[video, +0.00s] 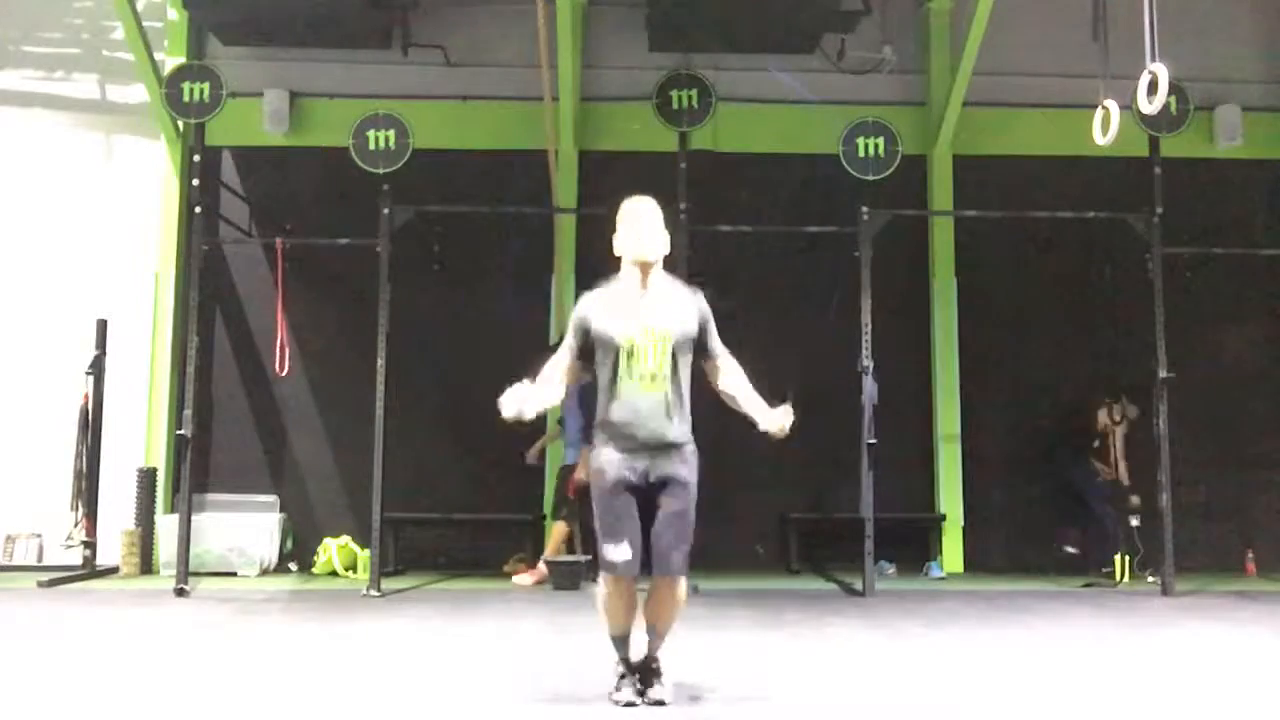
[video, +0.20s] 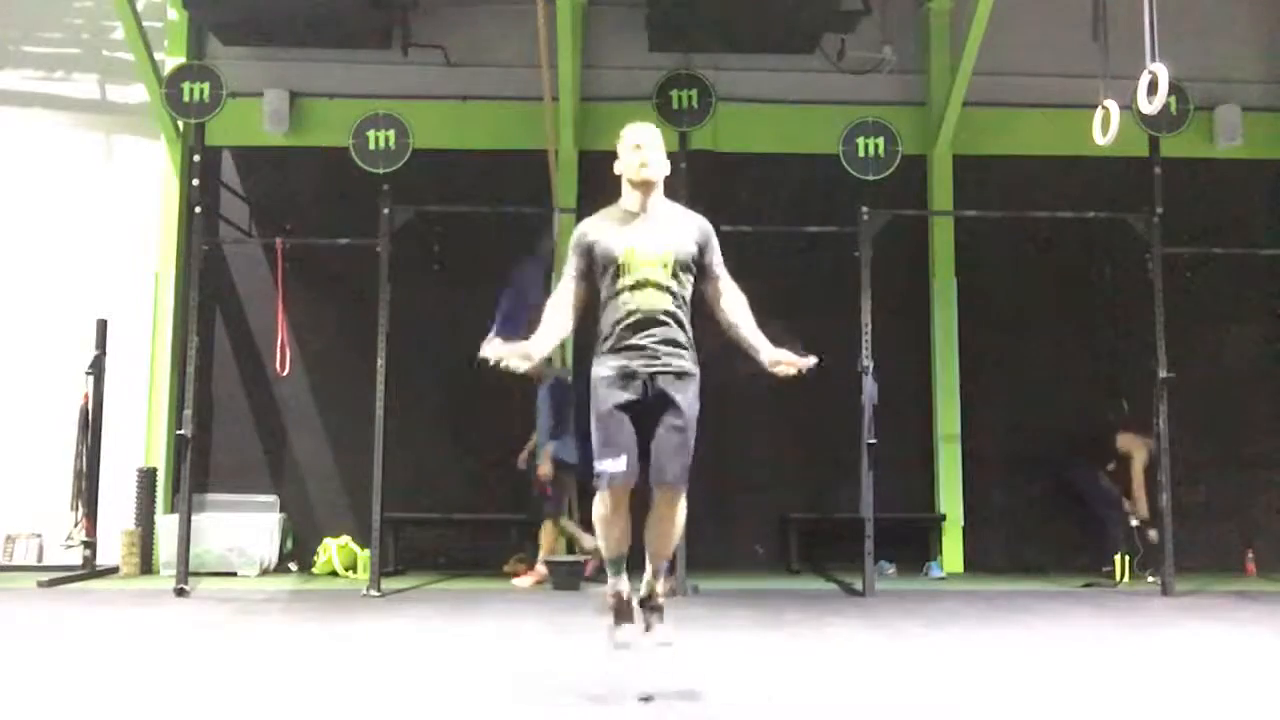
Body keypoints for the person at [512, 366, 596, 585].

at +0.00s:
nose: (565, 370)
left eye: (569, 364)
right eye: (564, 365)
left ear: (580, 364)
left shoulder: (589, 390)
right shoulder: (569, 392)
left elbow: (591, 430)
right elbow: (560, 427)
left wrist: (585, 463)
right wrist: (538, 446)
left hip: (579, 460)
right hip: (568, 458)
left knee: (563, 515)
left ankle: (544, 565)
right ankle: (590, 564)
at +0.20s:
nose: (529, 372)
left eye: (530, 367)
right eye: (527, 368)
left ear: (540, 364)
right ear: (539, 367)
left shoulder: (555, 386)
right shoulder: (545, 388)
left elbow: (555, 427)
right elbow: (544, 426)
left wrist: (547, 457)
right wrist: (528, 449)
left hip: (561, 454)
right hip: (554, 454)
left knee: (552, 514)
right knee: (558, 515)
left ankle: (542, 565)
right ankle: (592, 548)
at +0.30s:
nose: (518, 376)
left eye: (520, 371)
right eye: (518, 372)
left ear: (528, 367)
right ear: (535, 365)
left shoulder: (545, 384)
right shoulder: (537, 384)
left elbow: (542, 423)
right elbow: (540, 424)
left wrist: (528, 453)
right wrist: (528, 452)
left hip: (550, 451)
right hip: (544, 451)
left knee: (542, 512)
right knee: (539, 510)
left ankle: (540, 566)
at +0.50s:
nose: (493, 367)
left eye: (495, 361)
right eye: (491, 361)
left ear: (508, 359)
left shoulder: (518, 382)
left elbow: (514, 420)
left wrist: (494, 449)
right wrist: (504, 453)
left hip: (528, 454)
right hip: (511, 456)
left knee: (532, 513)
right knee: (490, 509)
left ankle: (539, 566)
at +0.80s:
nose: (458, 357)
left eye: (463, 352)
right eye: (458, 353)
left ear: (479, 354)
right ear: (469, 356)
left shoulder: (483, 380)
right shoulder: (474, 382)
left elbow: (481, 417)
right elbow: (474, 421)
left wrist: (466, 449)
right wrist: (462, 455)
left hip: (483, 454)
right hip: (473, 454)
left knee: (475, 509)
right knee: (466, 510)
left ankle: (521, 553)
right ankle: (458, 566)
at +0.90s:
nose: (450, 356)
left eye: (454, 351)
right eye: (449, 351)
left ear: (469, 353)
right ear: (460, 354)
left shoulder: (475, 379)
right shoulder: (463, 381)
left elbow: (474, 415)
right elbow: (461, 420)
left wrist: (455, 445)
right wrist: (448, 450)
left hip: (472, 452)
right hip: (462, 452)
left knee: (456, 506)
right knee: (459, 509)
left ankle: (497, 547)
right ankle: (458, 565)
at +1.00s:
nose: (438, 355)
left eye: (443, 350)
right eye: (438, 350)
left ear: (459, 351)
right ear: (449, 353)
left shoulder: (467, 378)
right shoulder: (452, 383)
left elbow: (468, 412)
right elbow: (444, 426)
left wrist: (448, 442)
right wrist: (424, 451)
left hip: (464, 452)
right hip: (453, 452)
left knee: (437, 502)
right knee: (454, 506)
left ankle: (465, 552)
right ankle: (459, 562)